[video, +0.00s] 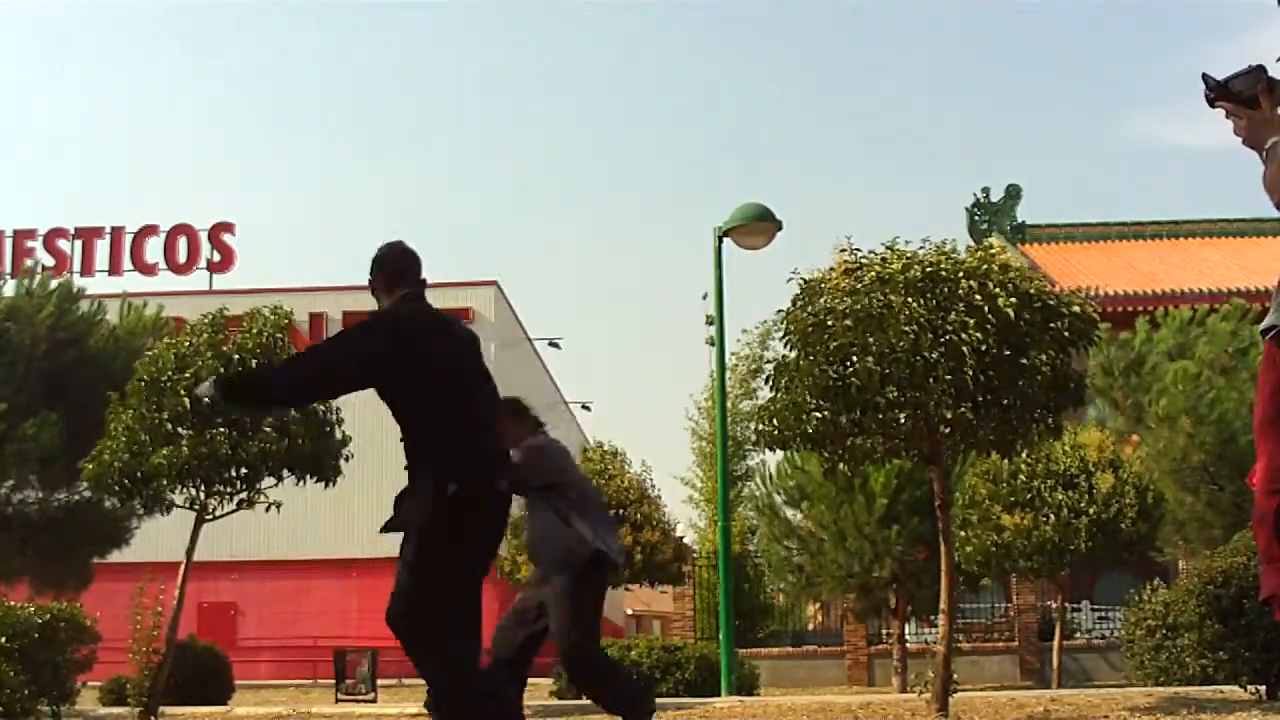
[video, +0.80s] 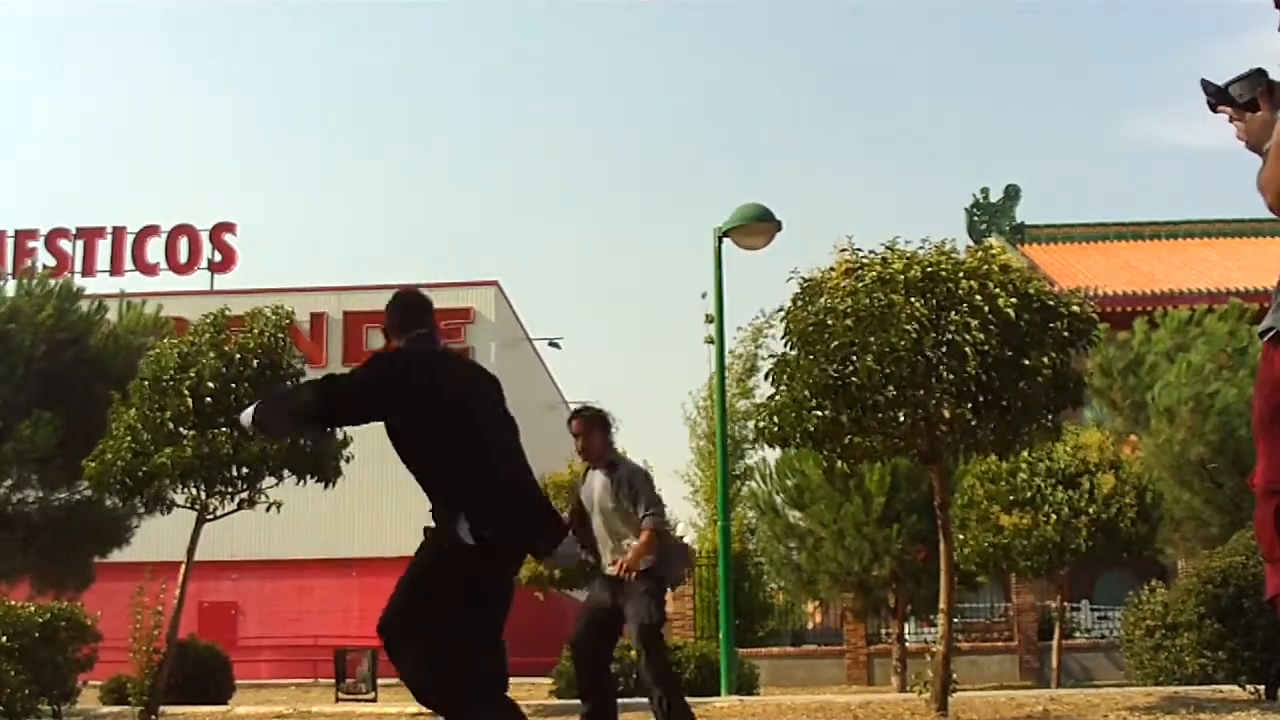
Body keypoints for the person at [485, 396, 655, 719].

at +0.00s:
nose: (498, 436)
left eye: (501, 427)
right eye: (496, 429)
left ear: (518, 422)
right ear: (521, 423)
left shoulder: (544, 451)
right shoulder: (532, 456)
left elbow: (498, 476)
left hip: (582, 564)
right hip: (551, 569)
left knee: (578, 658)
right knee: (508, 646)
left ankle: (639, 703)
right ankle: (499, 712)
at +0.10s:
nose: (520, 441)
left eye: (521, 431)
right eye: (517, 434)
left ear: (539, 423)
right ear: (548, 423)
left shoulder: (557, 456)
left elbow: (516, 503)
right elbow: (629, 494)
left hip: (589, 571)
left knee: (599, 664)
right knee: (515, 625)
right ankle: (526, 710)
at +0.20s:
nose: (535, 442)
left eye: (538, 433)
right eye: (531, 435)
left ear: (558, 427)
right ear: (560, 429)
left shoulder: (570, 463)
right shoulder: (589, 459)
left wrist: (532, 553)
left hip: (598, 567)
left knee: (593, 657)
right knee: (534, 620)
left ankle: (648, 714)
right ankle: (574, 704)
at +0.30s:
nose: (543, 449)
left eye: (545, 440)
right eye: (539, 442)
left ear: (566, 435)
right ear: (567, 435)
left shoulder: (583, 472)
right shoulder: (581, 466)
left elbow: (600, 524)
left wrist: (565, 570)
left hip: (607, 573)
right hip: (596, 572)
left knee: (589, 652)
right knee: (562, 642)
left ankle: (645, 714)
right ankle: (586, 713)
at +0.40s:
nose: (556, 465)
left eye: (557, 456)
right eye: (555, 457)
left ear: (570, 455)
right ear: (576, 453)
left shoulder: (592, 482)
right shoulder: (580, 486)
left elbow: (614, 528)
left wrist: (577, 565)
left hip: (620, 577)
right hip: (602, 578)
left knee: (589, 651)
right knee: (571, 649)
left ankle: (640, 714)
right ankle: (596, 712)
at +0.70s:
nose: (569, 442)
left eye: (574, 434)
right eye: (565, 436)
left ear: (595, 433)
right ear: (564, 439)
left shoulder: (620, 470)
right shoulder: (583, 483)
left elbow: (638, 514)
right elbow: (581, 530)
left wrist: (604, 540)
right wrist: (556, 542)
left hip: (641, 567)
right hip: (610, 574)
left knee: (637, 632)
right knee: (585, 641)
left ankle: (658, 714)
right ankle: (601, 713)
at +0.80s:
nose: (579, 445)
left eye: (584, 436)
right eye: (575, 438)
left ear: (604, 434)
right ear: (575, 440)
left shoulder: (633, 475)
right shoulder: (584, 483)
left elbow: (653, 522)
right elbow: (577, 528)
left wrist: (635, 554)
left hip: (642, 575)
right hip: (606, 576)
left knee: (646, 640)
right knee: (585, 644)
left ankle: (675, 713)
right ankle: (600, 713)